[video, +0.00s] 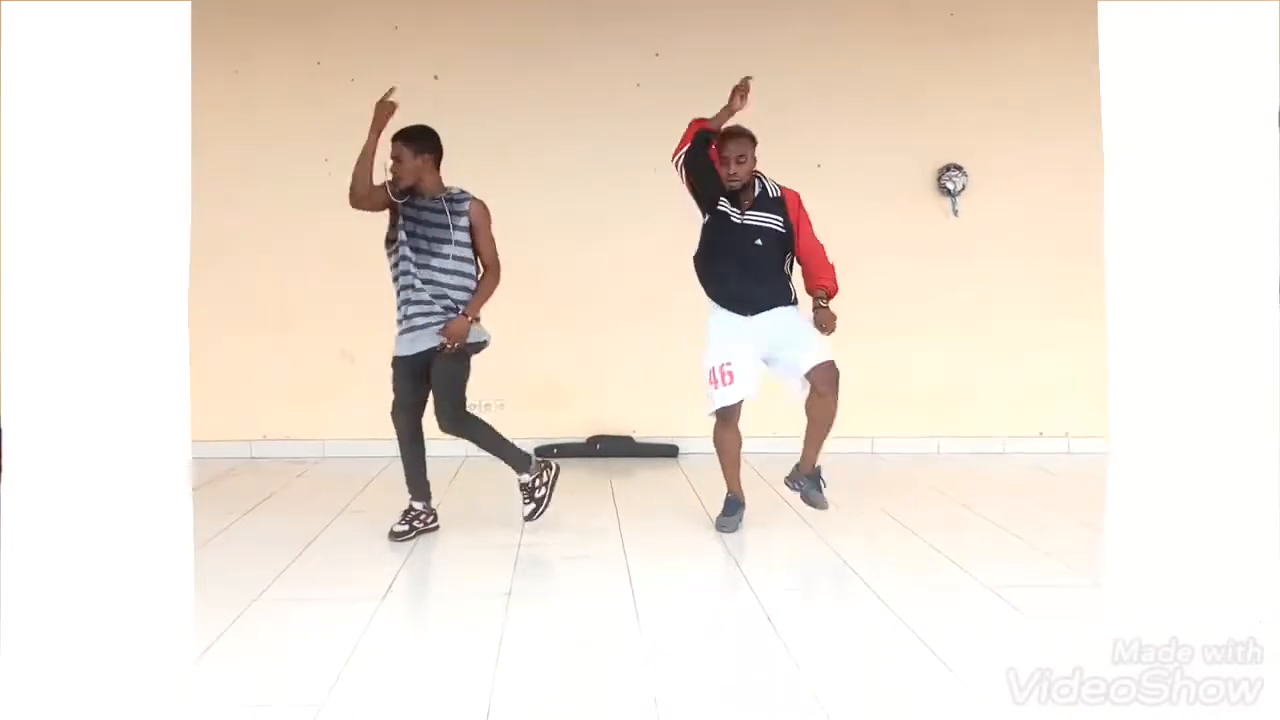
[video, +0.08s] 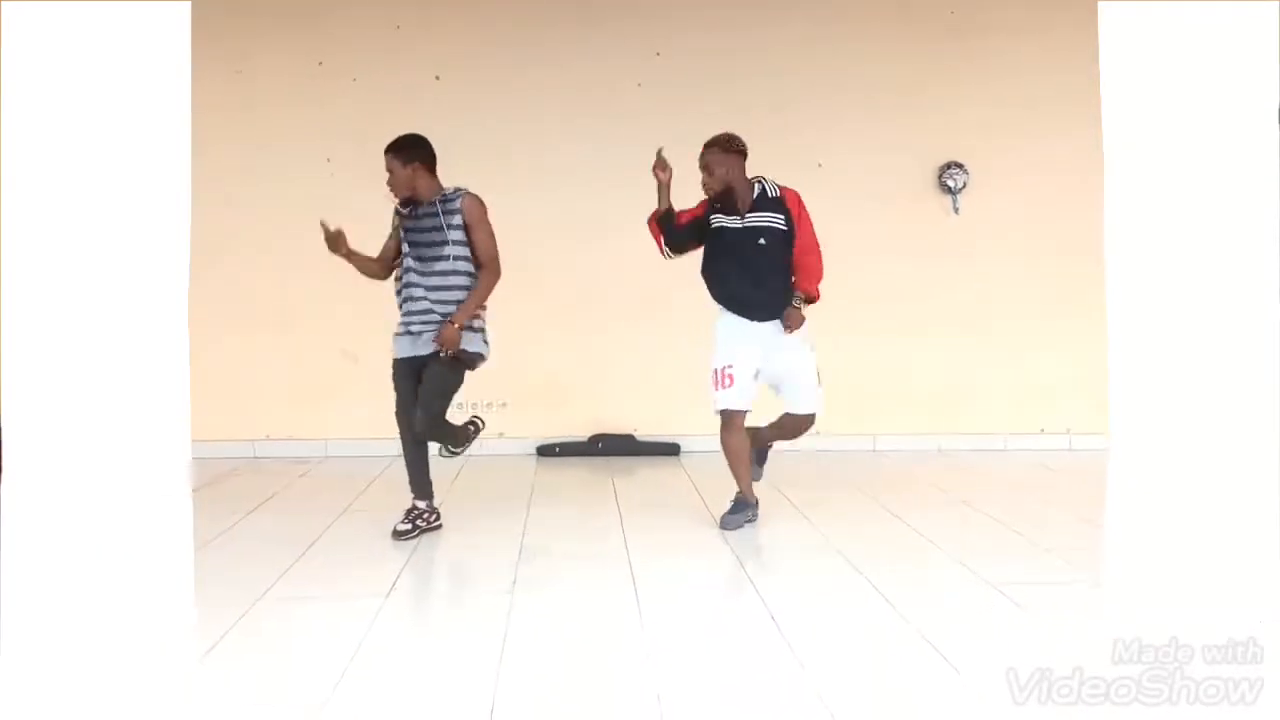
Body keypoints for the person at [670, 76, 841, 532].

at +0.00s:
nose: (733, 170)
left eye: (741, 161)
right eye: (726, 162)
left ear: (755, 160)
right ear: (716, 163)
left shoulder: (784, 200)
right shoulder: (713, 196)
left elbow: (809, 249)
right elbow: (689, 155)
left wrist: (821, 299)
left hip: (780, 316)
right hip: (729, 320)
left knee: (827, 378)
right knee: (726, 412)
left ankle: (806, 470)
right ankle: (734, 495)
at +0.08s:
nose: (704, 179)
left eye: (710, 171)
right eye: (702, 172)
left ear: (736, 167)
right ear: (709, 172)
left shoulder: (784, 201)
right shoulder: (710, 212)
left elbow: (808, 251)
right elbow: (670, 240)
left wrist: (799, 301)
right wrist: (664, 189)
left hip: (785, 323)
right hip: (736, 324)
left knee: (803, 416)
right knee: (732, 415)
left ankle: (760, 438)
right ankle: (745, 497)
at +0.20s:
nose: (696, 197)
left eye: (700, 187)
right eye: (695, 189)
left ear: (726, 184)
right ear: (720, 189)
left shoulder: (774, 210)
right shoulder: (711, 250)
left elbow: (821, 246)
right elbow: (712, 310)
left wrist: (788, 265)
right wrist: (684, 345)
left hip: (777, 335)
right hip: (732, 335)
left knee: (760, 422)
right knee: (728, 417)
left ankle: (742, 463)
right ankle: (744, 495)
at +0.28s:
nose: (705, 194)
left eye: (714, 186)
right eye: (703, 186)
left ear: (739, 187)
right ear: (706, 190)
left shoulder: (773, 219)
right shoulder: (719, 235)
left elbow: (826, 222)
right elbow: (723, 284)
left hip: (772, 335)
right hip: (727, 336)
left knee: (758, 412)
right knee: (725, 415)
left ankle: (743, 460)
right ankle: (740, 489)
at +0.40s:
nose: (743, 157)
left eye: (751, 150)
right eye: (735, 150)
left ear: (762, 151)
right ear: (723, 151)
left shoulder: (782, 178)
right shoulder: (710, 204)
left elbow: (833, 201)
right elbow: (702, 261)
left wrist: (805, 207)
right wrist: (669, 269)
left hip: (775, 306)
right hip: (728, 309)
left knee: (774, 402)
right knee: (728, 399)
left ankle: (752, 446)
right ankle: (742, 481)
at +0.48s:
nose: (751, 151)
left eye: (759, 144)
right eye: (743, 143)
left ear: (770, 147)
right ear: (731, 145)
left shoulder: (786, 185)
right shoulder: (704, 185)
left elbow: (805, 229)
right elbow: (663, 230)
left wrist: (815, 255)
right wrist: (654, 214)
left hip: (771, 303)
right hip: (725, 305)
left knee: (792, 393)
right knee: (727, 398)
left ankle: (761, 431)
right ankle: (739, 483)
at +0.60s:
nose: (765, 158)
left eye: (773, 151)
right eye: (757, 150)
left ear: (783, 155)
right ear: (743, 151)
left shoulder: (790, 208)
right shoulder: (718, 184)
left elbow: (794, 272)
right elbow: (685, 236)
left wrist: (811, 328)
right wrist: (726, 232)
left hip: (771, 307)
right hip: (719, 307)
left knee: (797, 366)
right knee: (718, 398)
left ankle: (784, 455)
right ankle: (734, 484)